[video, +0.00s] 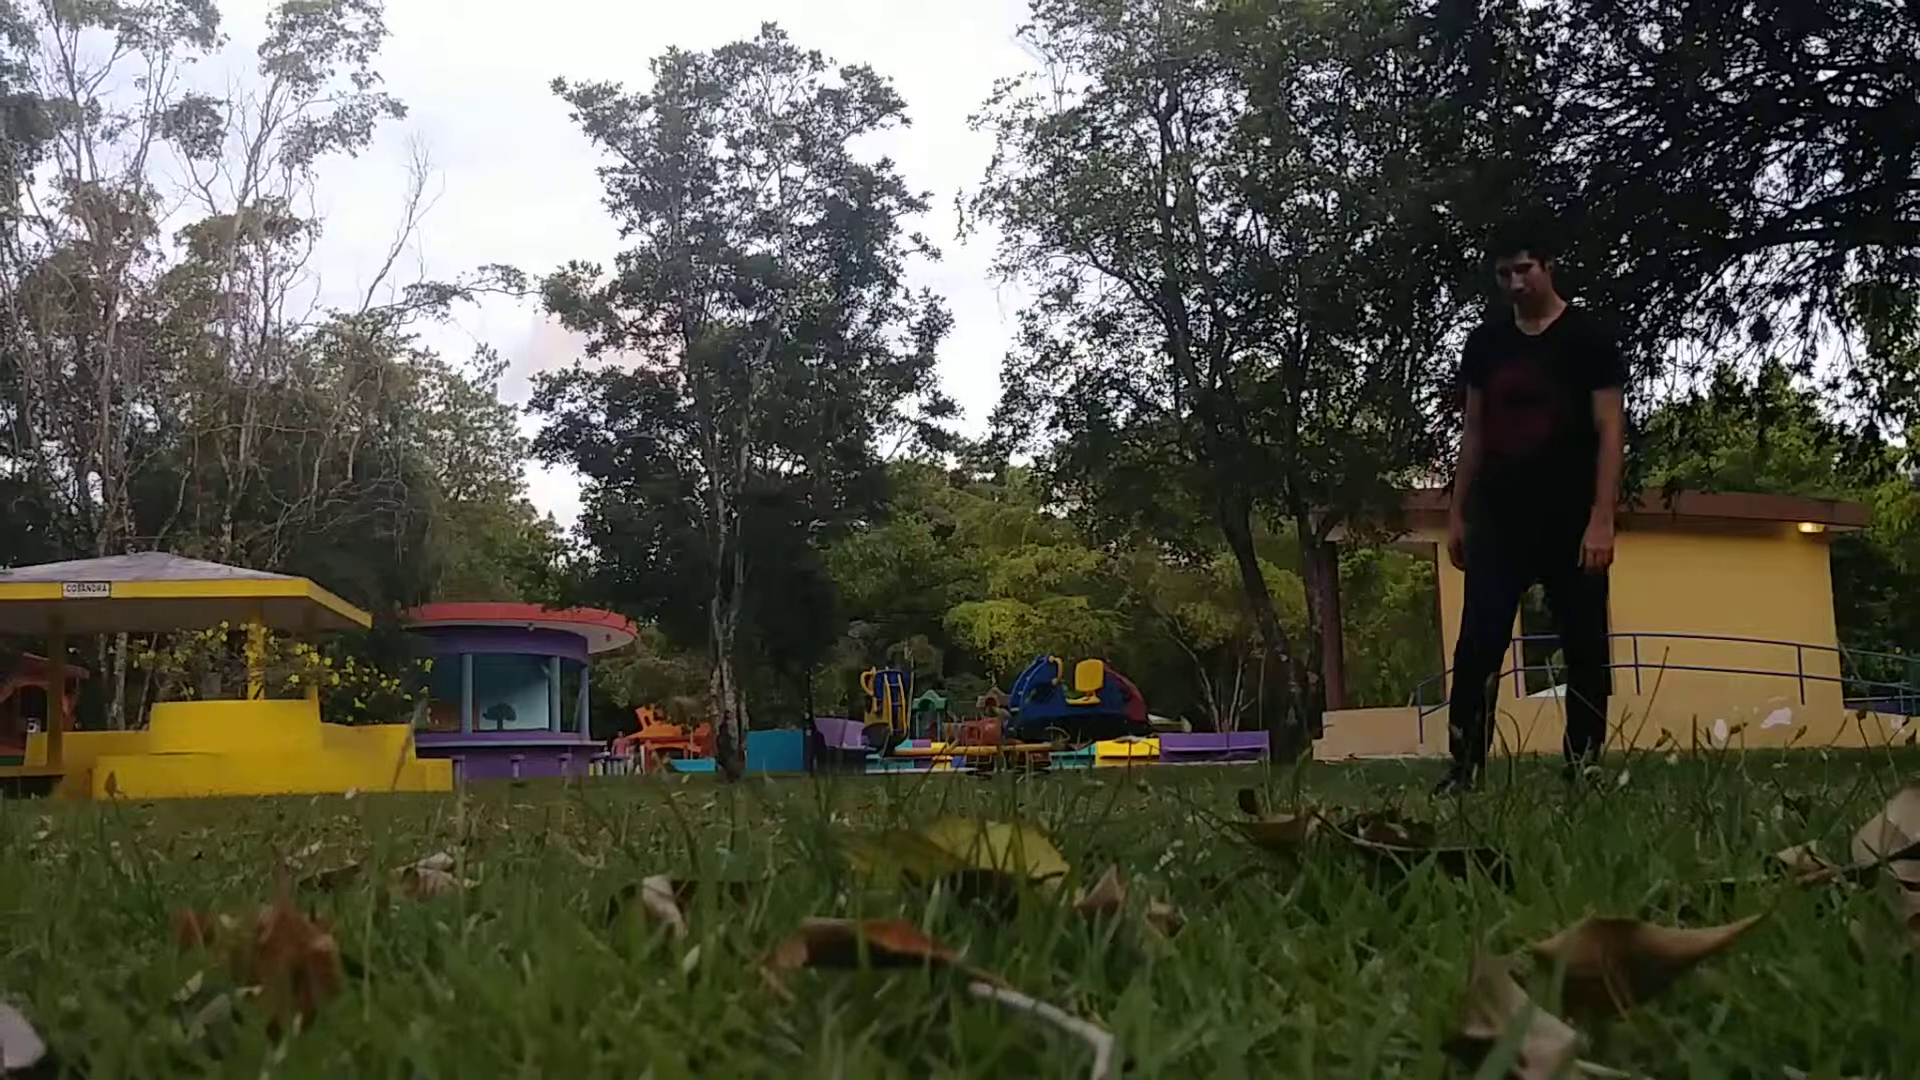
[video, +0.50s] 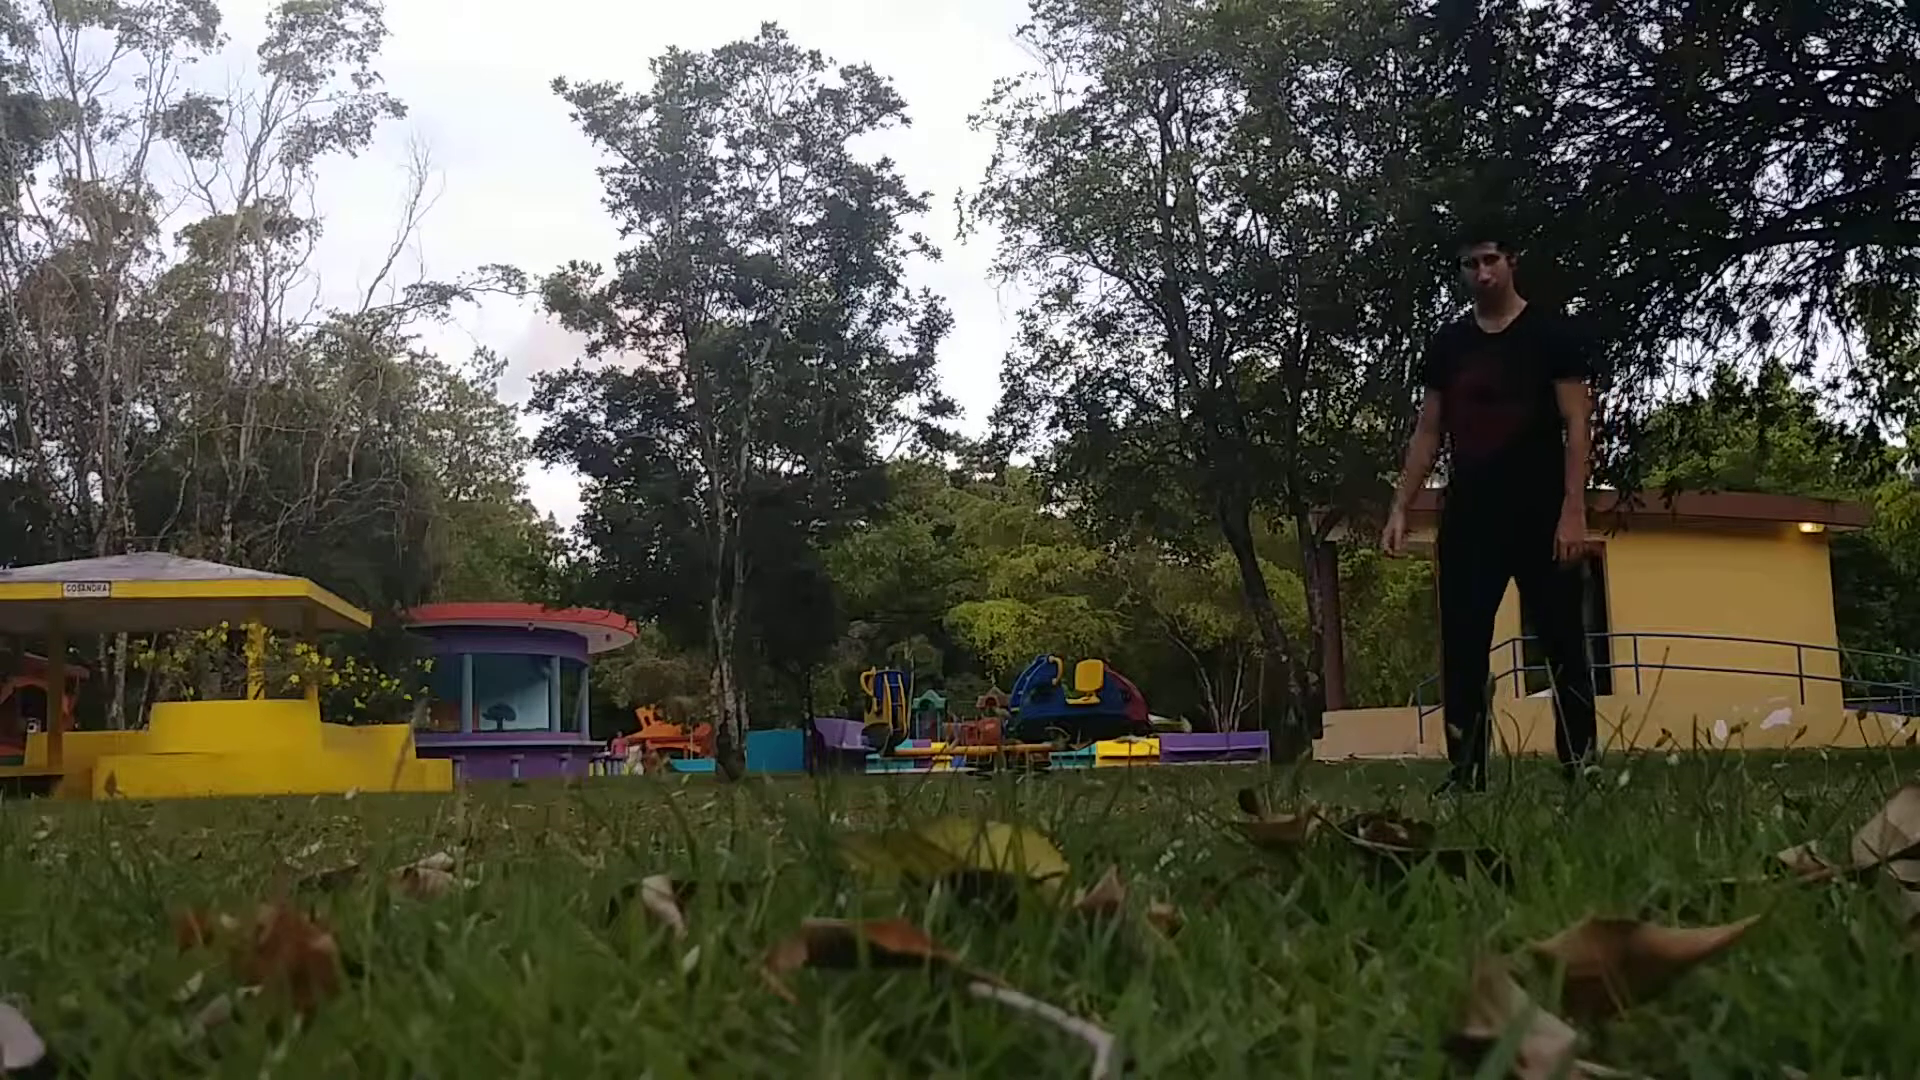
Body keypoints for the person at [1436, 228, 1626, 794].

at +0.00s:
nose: (1514, 280)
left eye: (1523, 269)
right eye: (1505, 272)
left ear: (1547, 268)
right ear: (1497, 279)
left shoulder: (1589, 338)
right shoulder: (1485, 341)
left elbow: (1611, 434)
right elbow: (1472, 433)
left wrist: (1602, 519)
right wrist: (1458, 514)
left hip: (1570, 519)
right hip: (1497, 520)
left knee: (1586, 651)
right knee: (1476, 647)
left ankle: (1581, 764)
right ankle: (1466, 765)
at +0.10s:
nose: (1513, 280)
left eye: (1522, 268)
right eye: (1504, 271)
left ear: (1546, 268)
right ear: (1494, 277)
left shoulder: (1585, 336)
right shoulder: (1479, 344)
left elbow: (1609, 429)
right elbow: (1470, 432)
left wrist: (1599, 516)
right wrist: (1453, 515)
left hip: (1569, 520)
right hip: (1495, 520)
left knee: (1586, 649)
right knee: (1481, 648)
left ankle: (1581, 764)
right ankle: (1472, 768)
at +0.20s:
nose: (1507, 276)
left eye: (1517, 265)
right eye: (1499, 268)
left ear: (1540, 267)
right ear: (1490, 275)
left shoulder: (1578, 336)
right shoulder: (1472, 341)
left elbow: (1602, 430)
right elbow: (1460, 432)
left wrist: (1593, 515)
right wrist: (1444, 514)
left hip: (1564, 521)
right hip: (1490, 521)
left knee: (1584, 653)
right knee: (1476, 650)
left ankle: (1580, 770)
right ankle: (1468, 772)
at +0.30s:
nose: (1498, 274)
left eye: (1507, 263)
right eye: (1488, 266)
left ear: (1531, 266)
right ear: (1479, 277)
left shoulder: (1573, 338)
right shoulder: (1463, 345)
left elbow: (1594, 430)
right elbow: (1448, 430)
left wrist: (1589, 516)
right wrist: (1425, 505)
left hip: (1558, 520)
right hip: (1486, 520)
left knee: (1578, 653)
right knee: (1471, 650)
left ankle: (1581, 769)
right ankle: (1466, 772)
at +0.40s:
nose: (1489, 272)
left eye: (1497, 261)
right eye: (1479, 265)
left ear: (1520, 264)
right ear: (1470, 275)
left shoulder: (1565, 336)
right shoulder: (1454, 343)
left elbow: (1586, 427)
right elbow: (1438, 431)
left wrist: (1583, 516)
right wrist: (1410, 502)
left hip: (1551, 517)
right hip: (1479, 518)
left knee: (1571, 648)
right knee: (1466, 648)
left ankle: (1580, 769)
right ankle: (1467, 773)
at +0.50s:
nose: (1482, 271)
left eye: (1490, 260)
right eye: (1472, 264)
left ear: (1512, 264)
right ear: (1462, 274)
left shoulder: (1552, 334)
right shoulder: (1447, 344)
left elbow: (1577, 426)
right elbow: (1427, 431)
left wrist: (1574, 510)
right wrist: (1400, 508)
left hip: (1540, 512)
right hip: (1470, 515)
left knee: (1563, 646)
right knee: (1462, 646)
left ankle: (1579, 767)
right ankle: (1467, 771)